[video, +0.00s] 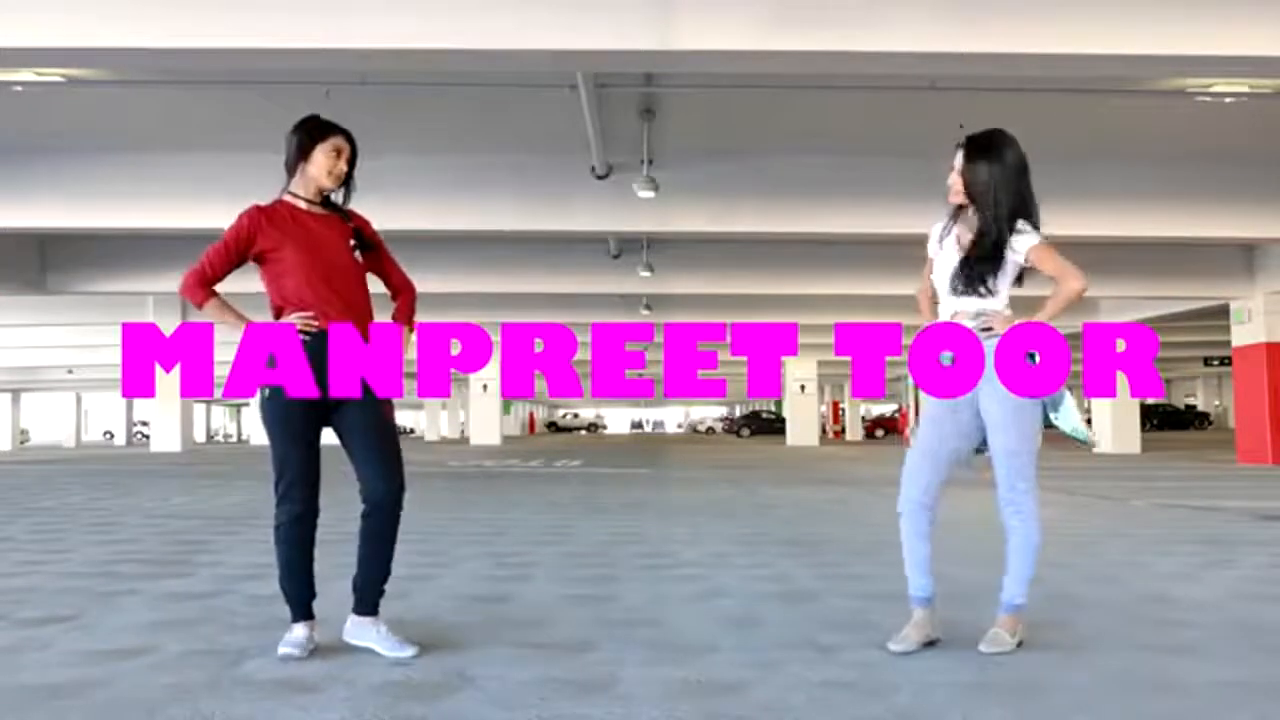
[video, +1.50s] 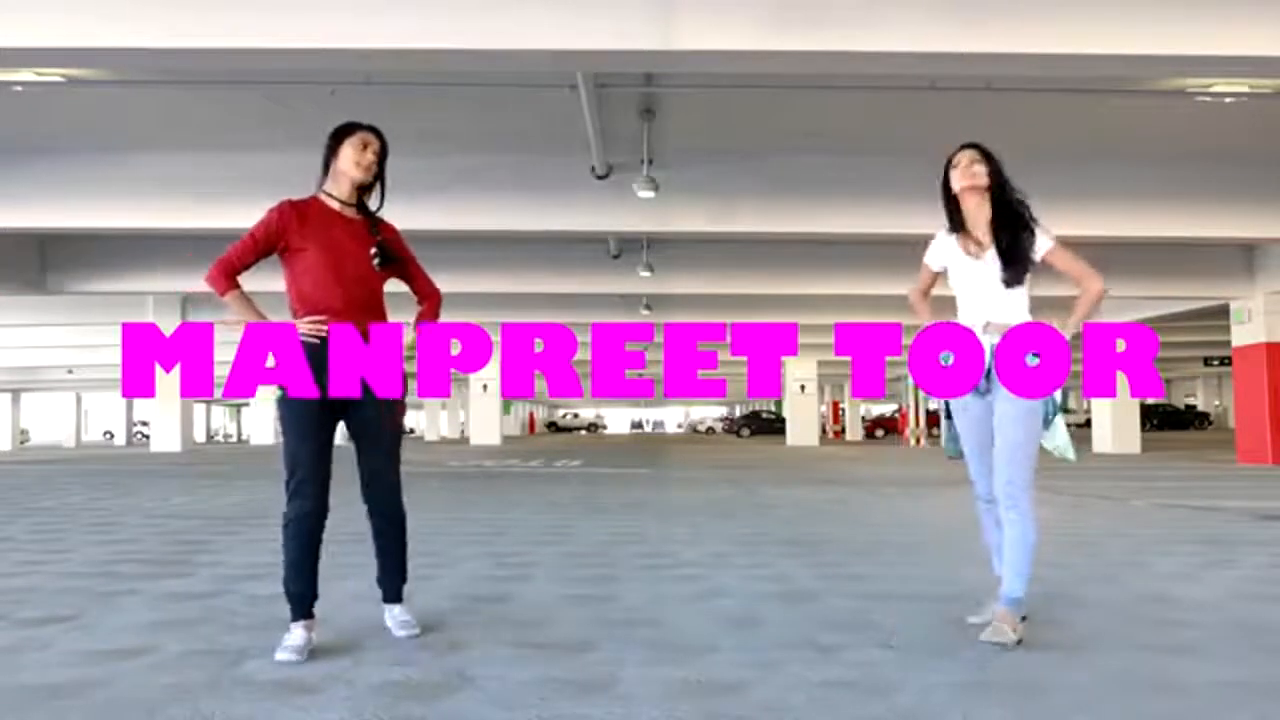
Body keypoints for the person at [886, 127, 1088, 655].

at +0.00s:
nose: (951, 177)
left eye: (961, 170)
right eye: (953, 167)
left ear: (986, 181)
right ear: (956, 174)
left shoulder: (1014, 236)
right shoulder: (944, 230)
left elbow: (1072, 281)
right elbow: (925, 291)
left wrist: (1030, 324)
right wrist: (935, 335)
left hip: (1005, 377)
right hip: (949, 378)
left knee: (1016, 496)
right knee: (915, 492)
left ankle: (1010, 615)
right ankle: (921, 612)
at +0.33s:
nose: (948, 174)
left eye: (958, 169)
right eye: (950, 165)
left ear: (985, 181)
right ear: (960, 172)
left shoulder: (1025, 233)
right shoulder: (945, 224)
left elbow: (1093, 282)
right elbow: (927, 283)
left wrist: (1044, 325)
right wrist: (935, 332)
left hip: (1010, 371)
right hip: (952, 370)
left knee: (1015, 493)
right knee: (922, 485)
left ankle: (1010, 616)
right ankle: (924, 612)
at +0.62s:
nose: (961, 154)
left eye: (974, 149)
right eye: (964, 145)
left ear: (997, 163)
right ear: (967, 157)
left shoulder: (1025, 223)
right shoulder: (940, 221)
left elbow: (1096, 269)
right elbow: (918, 279)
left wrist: (1054, 322)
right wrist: (939, 328)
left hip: (1016, 362)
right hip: (958, 363)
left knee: (1015, 492)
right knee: (934, 490)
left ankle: (1010, 616)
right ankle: (922, 611)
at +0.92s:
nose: (992, 153)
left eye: (1005, 151)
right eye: (987, 143)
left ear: (1015, 171)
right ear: (968, 154)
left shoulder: (1026, 222)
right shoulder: (940, 226)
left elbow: (1095, 266)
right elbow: (913, 287)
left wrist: (1057, 325)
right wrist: (935, 333)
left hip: (1022, 360)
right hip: (963, 364)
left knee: (1017, 491)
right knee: (942, 490)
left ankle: (1011, 614)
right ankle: (968, 580)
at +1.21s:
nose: (1000, 163)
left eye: (1009, 159)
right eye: (991, 153)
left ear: (1016, 175)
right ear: (970, 163)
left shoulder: (1023, 230)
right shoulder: (940, 232)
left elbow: (1094, 273)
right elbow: (913, 292)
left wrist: (1053, 328)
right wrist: (935, 336)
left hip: (1019, 360)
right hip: (962, 365)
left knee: (1014, 487)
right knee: (981, 489)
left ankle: (1012, 611)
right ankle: (1004, 590)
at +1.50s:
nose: (969, 172)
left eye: (978, 164)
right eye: (959, 167)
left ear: (994, 177)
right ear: (949, 184)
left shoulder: (1021, 234)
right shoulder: (944, 244)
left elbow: (1093, 284)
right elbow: (917, 296)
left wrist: (1063, 331)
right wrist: (939, 331)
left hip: (1020, 369)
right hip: (965, 373)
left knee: (1012, 488)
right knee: (985, 490)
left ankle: (1011, 608)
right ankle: (1006, 592)